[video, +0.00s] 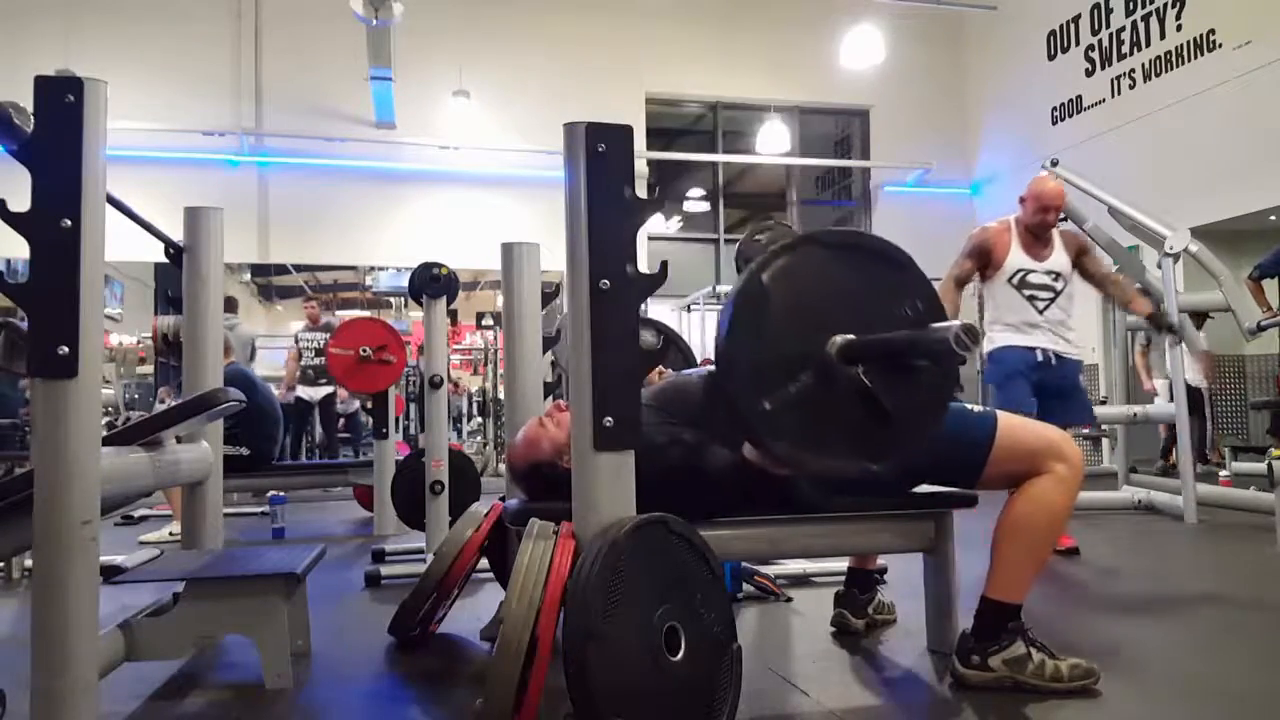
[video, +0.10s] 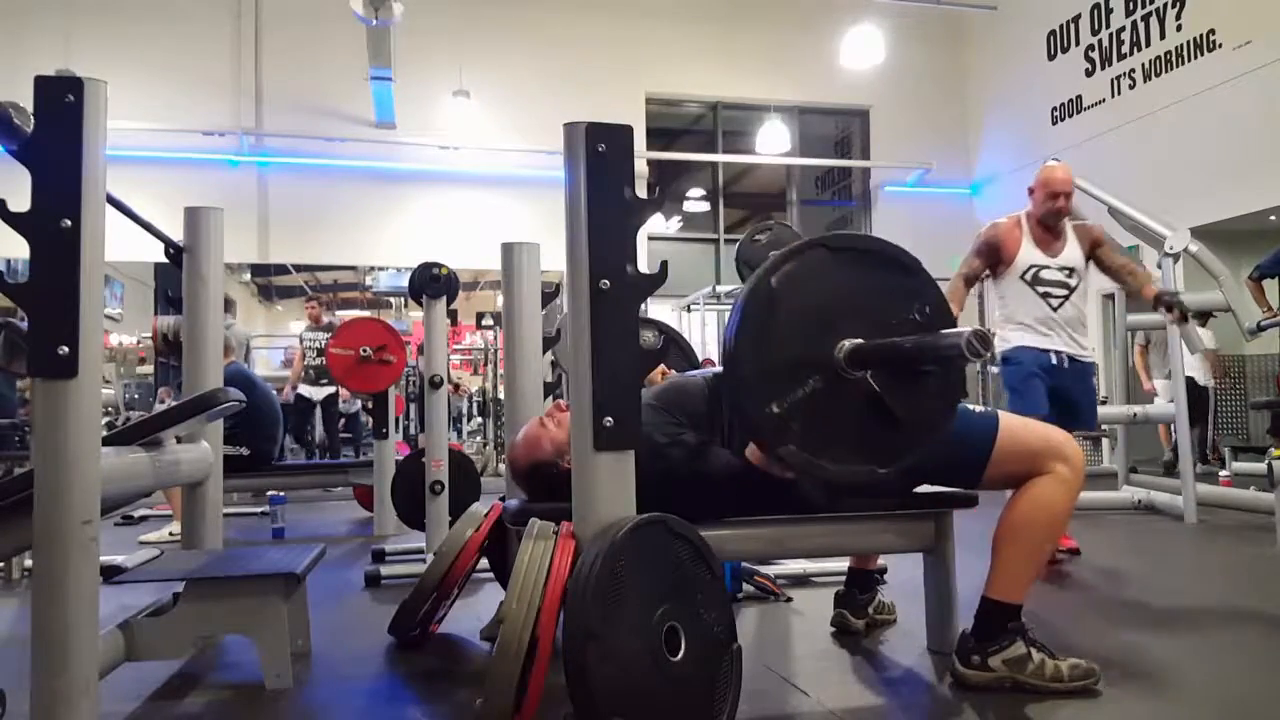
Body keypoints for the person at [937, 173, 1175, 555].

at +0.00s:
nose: (1050, 221)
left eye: (1057, 213)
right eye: (1043, 212)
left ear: (1063, 209)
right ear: (1023, 203)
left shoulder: (1072, 242)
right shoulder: (991, 238)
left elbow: (1110, 282)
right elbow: (951, 283)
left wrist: (1151, 310)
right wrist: (948, 335)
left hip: (1061, 353)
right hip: (1010, 349)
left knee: (1061, 443)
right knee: (1021, 441)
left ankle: (1054, 525)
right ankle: (1024, 530)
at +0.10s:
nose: (1062, 205)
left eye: (1068, 196)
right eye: (1054, 197)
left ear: (1075, 196)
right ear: (1032, 195)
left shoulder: (1087, 235)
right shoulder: (1002, 235)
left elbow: (1128, 274)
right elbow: (962, 280)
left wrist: (1156, 294)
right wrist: (944, 328)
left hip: (1075, 354)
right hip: (1023, 349)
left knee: (1069, 446)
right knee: (1034, 441)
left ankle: (1055, 528)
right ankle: (1036, 533)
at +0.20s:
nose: (1073, 191)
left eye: (1080, 184)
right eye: (1064, 183)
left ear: (1085, 191)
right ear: (1040, 186)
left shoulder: (1099, 233)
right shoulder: (1011, 233)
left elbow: (1141, 271)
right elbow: (971, 282)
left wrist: (1157, 291)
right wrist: (959, 330)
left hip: (1089, 353)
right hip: (1039, 350)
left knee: (1074, 446)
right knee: (1054, 445)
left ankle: (1052, 528)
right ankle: (1059, 532)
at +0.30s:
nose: (1086, 180)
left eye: (1092, 172)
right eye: (1075, 171)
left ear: (1098, 181)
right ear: (1051, 178)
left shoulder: (1112, 229)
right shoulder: (1022, 228)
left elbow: (1148, 278)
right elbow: (979, 285)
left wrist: (1150, 311)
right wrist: (971, 332)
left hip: (1104, 352)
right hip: (1051, 347)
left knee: (1099, 452)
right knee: (1072, 441)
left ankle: (1058, 521)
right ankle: (1078, 539)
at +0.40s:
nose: (1102, 164)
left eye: (1108, 156)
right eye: (1091, 155)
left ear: (1113, 165)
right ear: (1066, 163)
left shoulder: (1130, 220)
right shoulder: (1033, 216)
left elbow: (1152, 280)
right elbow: (991, 276)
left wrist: (1140, 327)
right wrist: (979, 334)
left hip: (1117, 343)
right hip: (1061, 343)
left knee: (1136, 446)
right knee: (1080, 448)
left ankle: (1100, 498)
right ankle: (1080, 540)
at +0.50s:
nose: (1123, 145)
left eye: (1128, 137)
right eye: (1112, 136)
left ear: (1133, 147)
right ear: (1084, 145)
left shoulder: (1148, 206)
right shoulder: (1047, 199)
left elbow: (1166, 273)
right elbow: (1004, 259)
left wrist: (1141, 324)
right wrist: (991, 321)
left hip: (1133, 336)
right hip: (1069, 340)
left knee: (1167, 432)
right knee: (1077, 449)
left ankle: (1150, 528)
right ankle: (1081, 541)